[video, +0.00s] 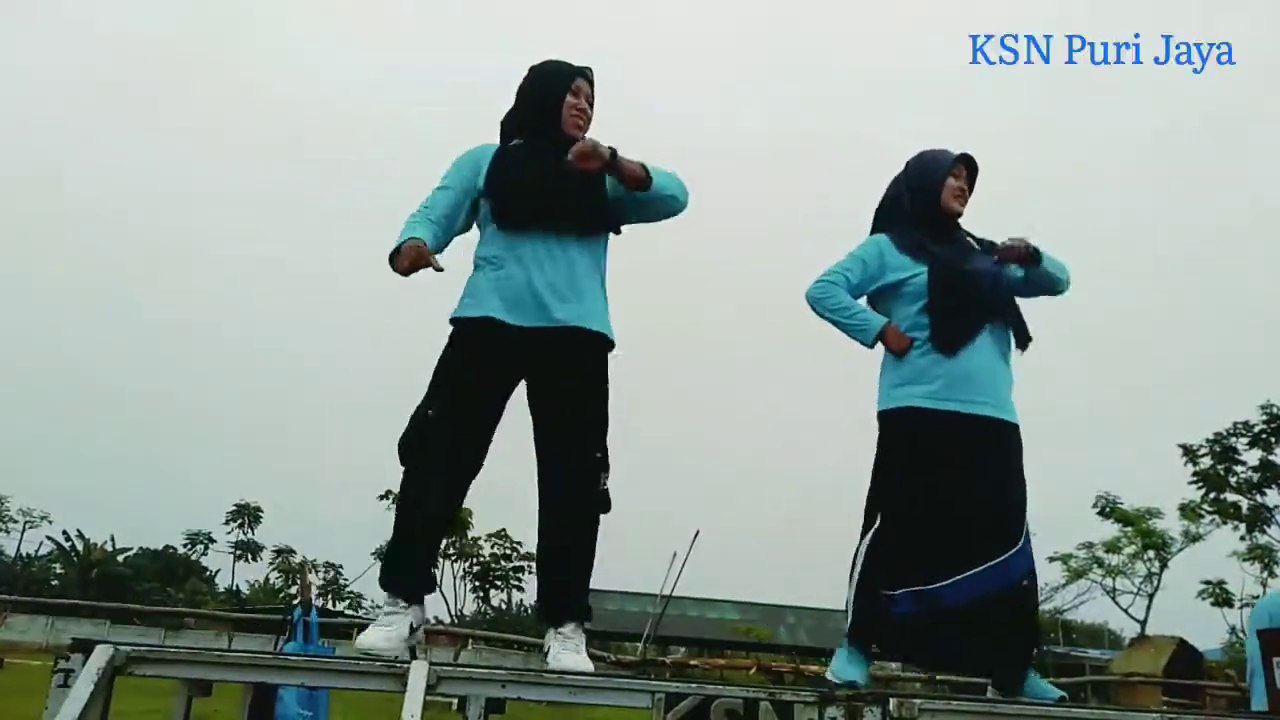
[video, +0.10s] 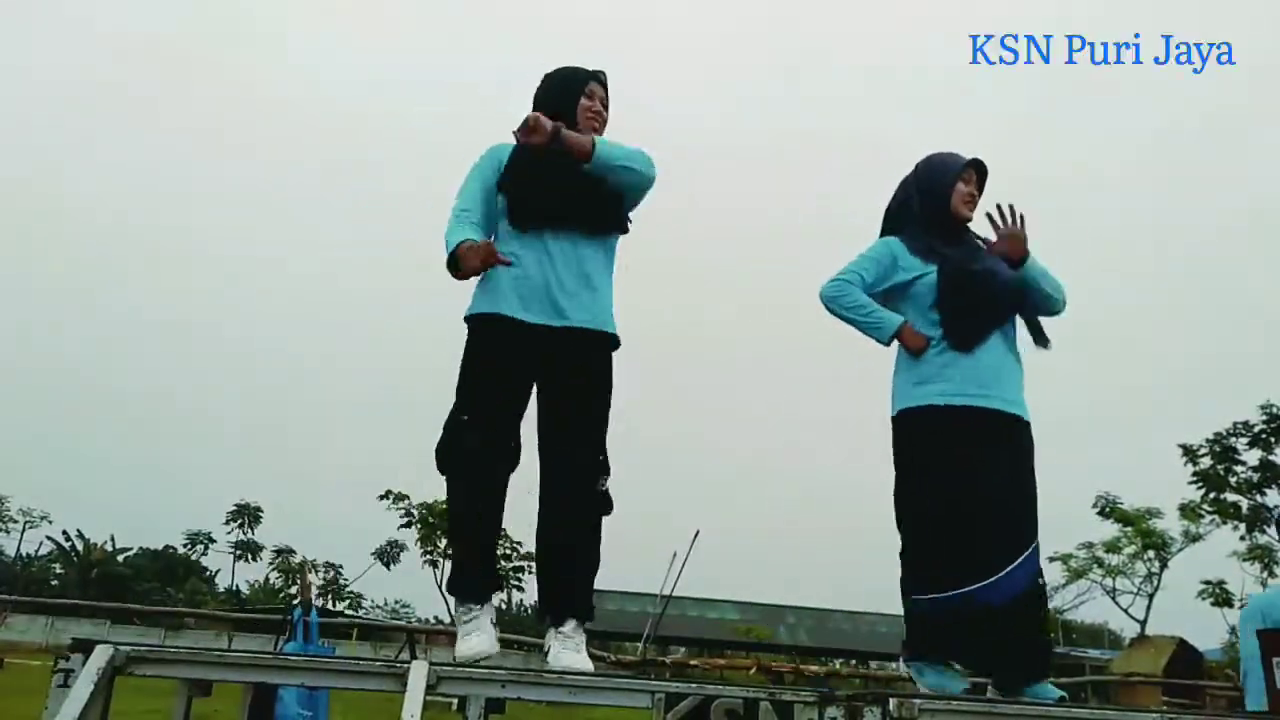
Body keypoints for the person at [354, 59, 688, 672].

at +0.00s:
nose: (583, 106)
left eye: (588, 100)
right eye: (573, 94)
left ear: (589, 114)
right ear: (539, 97)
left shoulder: (601, 179)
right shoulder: (489, 159)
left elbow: (676, 196)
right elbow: (442, 206)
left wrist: (616, 164)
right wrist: (418, 240)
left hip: (577, 329)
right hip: (491, 319)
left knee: (574, 478)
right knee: (436, 453)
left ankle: (566, 630)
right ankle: (402, 606)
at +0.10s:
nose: (598, 108)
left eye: (603, 104)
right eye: (588, 99)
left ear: (603, 120)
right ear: (555, 104)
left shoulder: (610, 168)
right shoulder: (503, 158)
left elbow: (644, 169)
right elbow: (466, 215)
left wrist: (558, 137)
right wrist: (468, 249)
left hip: (584, 328)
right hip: (503, 318)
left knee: (576, 475)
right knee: (478, 460)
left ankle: (567, 624)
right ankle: (473, 608)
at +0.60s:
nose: (644, 116)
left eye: (651, 112)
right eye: (632, 109)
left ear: (657, 127)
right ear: (606, 121)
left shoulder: (679, 187)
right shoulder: (566, 186)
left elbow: (743, 243)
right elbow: (510, 252)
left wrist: (813, 291)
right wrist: (451, 284)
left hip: (662, 351)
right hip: (575, 351)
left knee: (684, 495)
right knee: (535, 487)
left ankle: (699, 639)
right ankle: (504, 628)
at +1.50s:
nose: (593, 120)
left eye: (604, 113)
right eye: (584, 114)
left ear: (628, 126)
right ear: (574, 128)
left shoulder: (649, 200)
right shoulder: (540, 177)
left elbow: (671, 274)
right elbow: (465, 239)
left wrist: (677, 314)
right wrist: (485, 209)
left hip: (621, 354)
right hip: (535, 347)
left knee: (653, 491)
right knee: (499, 485)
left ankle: (684, 635)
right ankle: (481, 628)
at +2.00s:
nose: (534, 104)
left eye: (548, 96)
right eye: (526, 96)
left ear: (572, 108)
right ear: (515, 108)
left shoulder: (598, 182)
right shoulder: (483, 154)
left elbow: (626, 257)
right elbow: (396, 145)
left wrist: (633, 298)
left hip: (559, 333)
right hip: (473, 321)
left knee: (548, 479)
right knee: (410, 438)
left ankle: (531, 626)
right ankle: (406, 597)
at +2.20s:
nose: (527, 90)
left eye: (537, 86)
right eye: (516, 79)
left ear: (545, 103)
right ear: (490, 88)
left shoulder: (555, 174)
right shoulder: (438, 147)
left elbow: (575, 266)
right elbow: (376, 212)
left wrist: (636, 308)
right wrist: (308, 263)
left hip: (522, 337)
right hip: (432, 329)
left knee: (528, 479)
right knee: (389, 468)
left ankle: (530, 624)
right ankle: (358, 614)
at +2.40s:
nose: (515, 90)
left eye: (522, 85)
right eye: (504, 78)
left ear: (525, 99)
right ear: (471, 79)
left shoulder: (532, 163)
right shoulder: (410, 142)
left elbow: (591, 224)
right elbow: (370, 225)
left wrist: (610, 180)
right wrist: (336, 298)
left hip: (492, 318)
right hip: (406, 315)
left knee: (496, 447)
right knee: (375, 455)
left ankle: (473, 578)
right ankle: (355, 609)